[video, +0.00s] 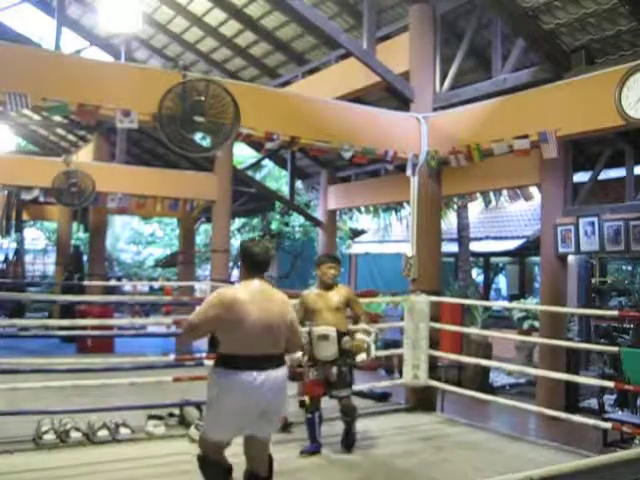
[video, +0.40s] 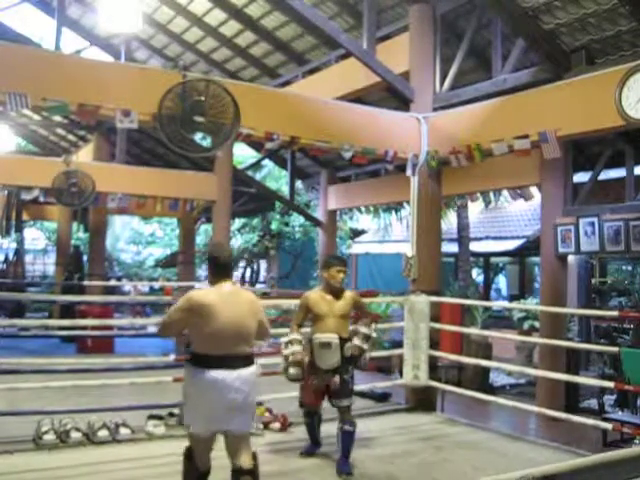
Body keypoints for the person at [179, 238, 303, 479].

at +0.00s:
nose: (238, 264)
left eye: (239, 261)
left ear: (241, 263)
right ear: (269, 266)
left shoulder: (225, 297)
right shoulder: (281, 300)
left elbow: (190, 329)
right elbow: (295, 344)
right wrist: (266, 346)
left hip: (233, 378)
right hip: (273, 377)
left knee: (211, 449)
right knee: (258, 448)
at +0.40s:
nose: (209, 271)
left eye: (209, 267)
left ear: (209, 269)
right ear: (232, 269)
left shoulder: (196, 299)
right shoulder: (249, 298)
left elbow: (165, 329)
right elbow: (264, 332)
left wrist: (191, 331)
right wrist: (235, 332)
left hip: (204, 375)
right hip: (243, 373)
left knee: (200, 446)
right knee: (241, 445)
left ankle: (198, 476)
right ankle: (245, 474)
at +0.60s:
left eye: (193, 265)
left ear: (193, 267)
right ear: (217, 268)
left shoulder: (178, 296)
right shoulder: (232, 296)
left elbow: (151, 327)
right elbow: (250, 330)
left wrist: (179, 322)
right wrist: (223, 327)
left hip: (188, 371)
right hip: (225, 371)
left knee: (192, 442)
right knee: (229, 437)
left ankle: (194, 475)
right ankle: (235, 475)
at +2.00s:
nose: (217, 272)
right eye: (216, 269)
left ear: (193, 269)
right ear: (213, 270)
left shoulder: (178, 292)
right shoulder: (223, 294)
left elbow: (167, 318)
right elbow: (240, 326)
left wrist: (187, 313)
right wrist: (219, 319)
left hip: (184, 349)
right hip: (214, 352)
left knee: (188, 403)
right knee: (214, 406)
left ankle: (189, 454)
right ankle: (201, 457)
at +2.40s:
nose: (226, 274)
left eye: (225, 271)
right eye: (225, 271)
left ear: (203, 269)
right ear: (220, 270)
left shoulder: (188, 289)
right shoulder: (223, 292)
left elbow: (188, 314)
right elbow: (237, 323)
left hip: (188, 342)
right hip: (215, 344)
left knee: (195, 398)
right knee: (228, 397)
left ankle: (191, 454)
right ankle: (239, 447)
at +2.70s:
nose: (243, 276)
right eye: (242, 272)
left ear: (222, 272)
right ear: (240, 272)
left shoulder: (206, 291)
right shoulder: (244, 295)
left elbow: (204, 316)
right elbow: (247, 321)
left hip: (208, 342)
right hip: (234, 344)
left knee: (210, 395)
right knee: (239, 399)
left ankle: (193, 447)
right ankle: (250, 451)